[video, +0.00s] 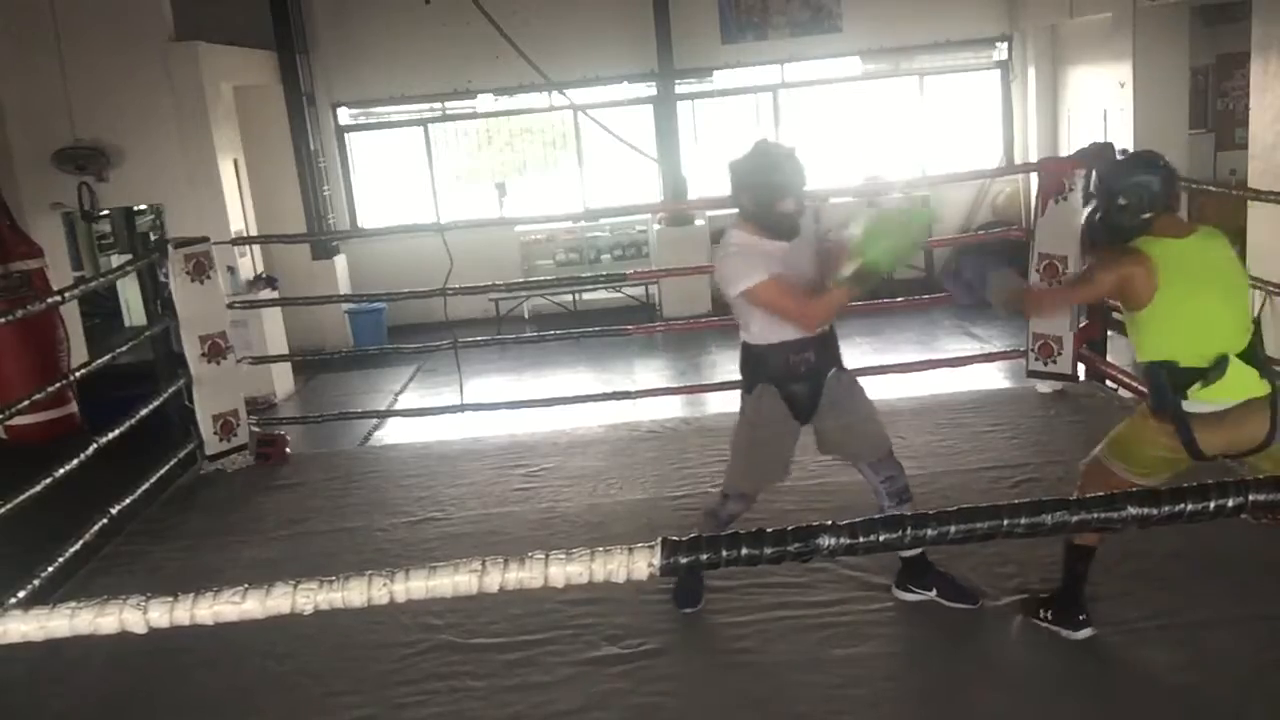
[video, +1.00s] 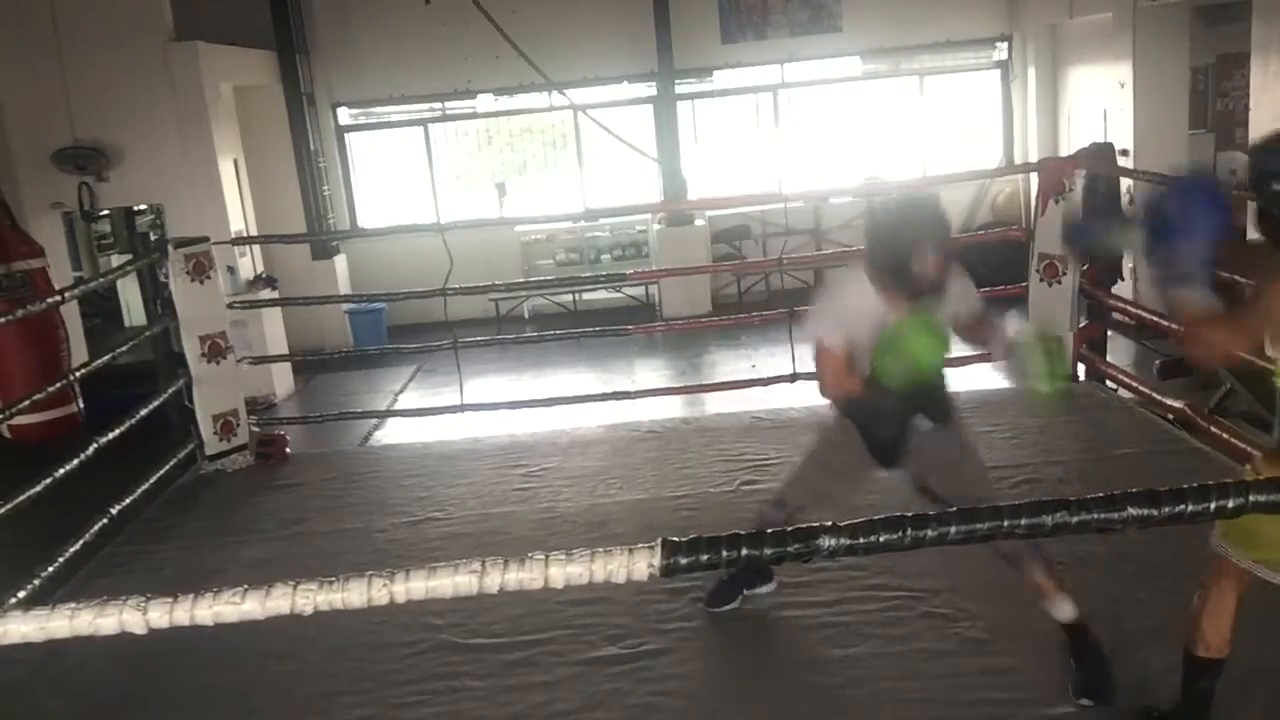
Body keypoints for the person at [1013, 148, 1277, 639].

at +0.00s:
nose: (1100, 211)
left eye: (1104, 201)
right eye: (1100, 201)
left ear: (1123, 204)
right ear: (1172, 198)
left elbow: (1037, 303)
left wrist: (998, 285)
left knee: (1094, 485)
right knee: (1273, 490)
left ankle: (1069, 603)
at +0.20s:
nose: (1196, 205)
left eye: (1203, 193)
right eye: (1198, 194)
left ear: (1220, 195)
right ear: (1261, 192)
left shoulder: (1230, 256)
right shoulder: (1271, 248)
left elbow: (1188, 348)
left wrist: (1123, 358)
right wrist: (1141, 349)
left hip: (1221, 439)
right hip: (1271, 435)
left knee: (1119, 489)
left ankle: (1072, 605)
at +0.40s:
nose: (1240, 189)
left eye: (1243, 177)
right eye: (1242, 175)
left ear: (1261, 178)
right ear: (1276, 176)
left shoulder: (1270, 238)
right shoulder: (1267, 235)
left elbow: (1237, 319)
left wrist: (1175, 276)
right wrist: (1214, 205)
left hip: (1262, 411)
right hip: (1261, 406)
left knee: (1168, 501)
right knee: (1170, 503)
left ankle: (1113, 629)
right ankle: (1115, 627)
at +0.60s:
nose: (1245, 176)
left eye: (1249, 162)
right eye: (1246, 160)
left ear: (1261, 167)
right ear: (1272, 164)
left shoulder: (1272, 237)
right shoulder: (1266, 235)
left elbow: (1192, 296)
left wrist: (1160, 227)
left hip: (1266, 426)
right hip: (1262, 422)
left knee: (1195, 534)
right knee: (1194, 533)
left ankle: (1174, 687)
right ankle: (1174, 684)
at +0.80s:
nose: (1200, 193)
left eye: (1207, 180)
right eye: (1202, 179)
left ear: (1229, 181)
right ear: (1264, 176)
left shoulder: (1239, 246)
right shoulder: (1258, 238)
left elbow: (1125, 300)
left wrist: (1120, 215)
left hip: (1265, 453)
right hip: (1264, 448)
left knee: (1226, 590)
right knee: (1228, 586)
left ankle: (1197, 708)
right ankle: (1199, 705)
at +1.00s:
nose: (1255, 193)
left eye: (1259, 184)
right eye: (1258, 181)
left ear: (1263, 195)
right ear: (1263, 192)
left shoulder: (1269, 267)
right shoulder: (1263, 264)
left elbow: (1219, 344)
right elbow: (1221, 342)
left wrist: (1182, 269)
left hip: (1264, 460)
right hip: (1257, 456)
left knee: (1224, 578)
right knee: (1224, 578)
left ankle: (1192, 707)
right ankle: (1193, 705)